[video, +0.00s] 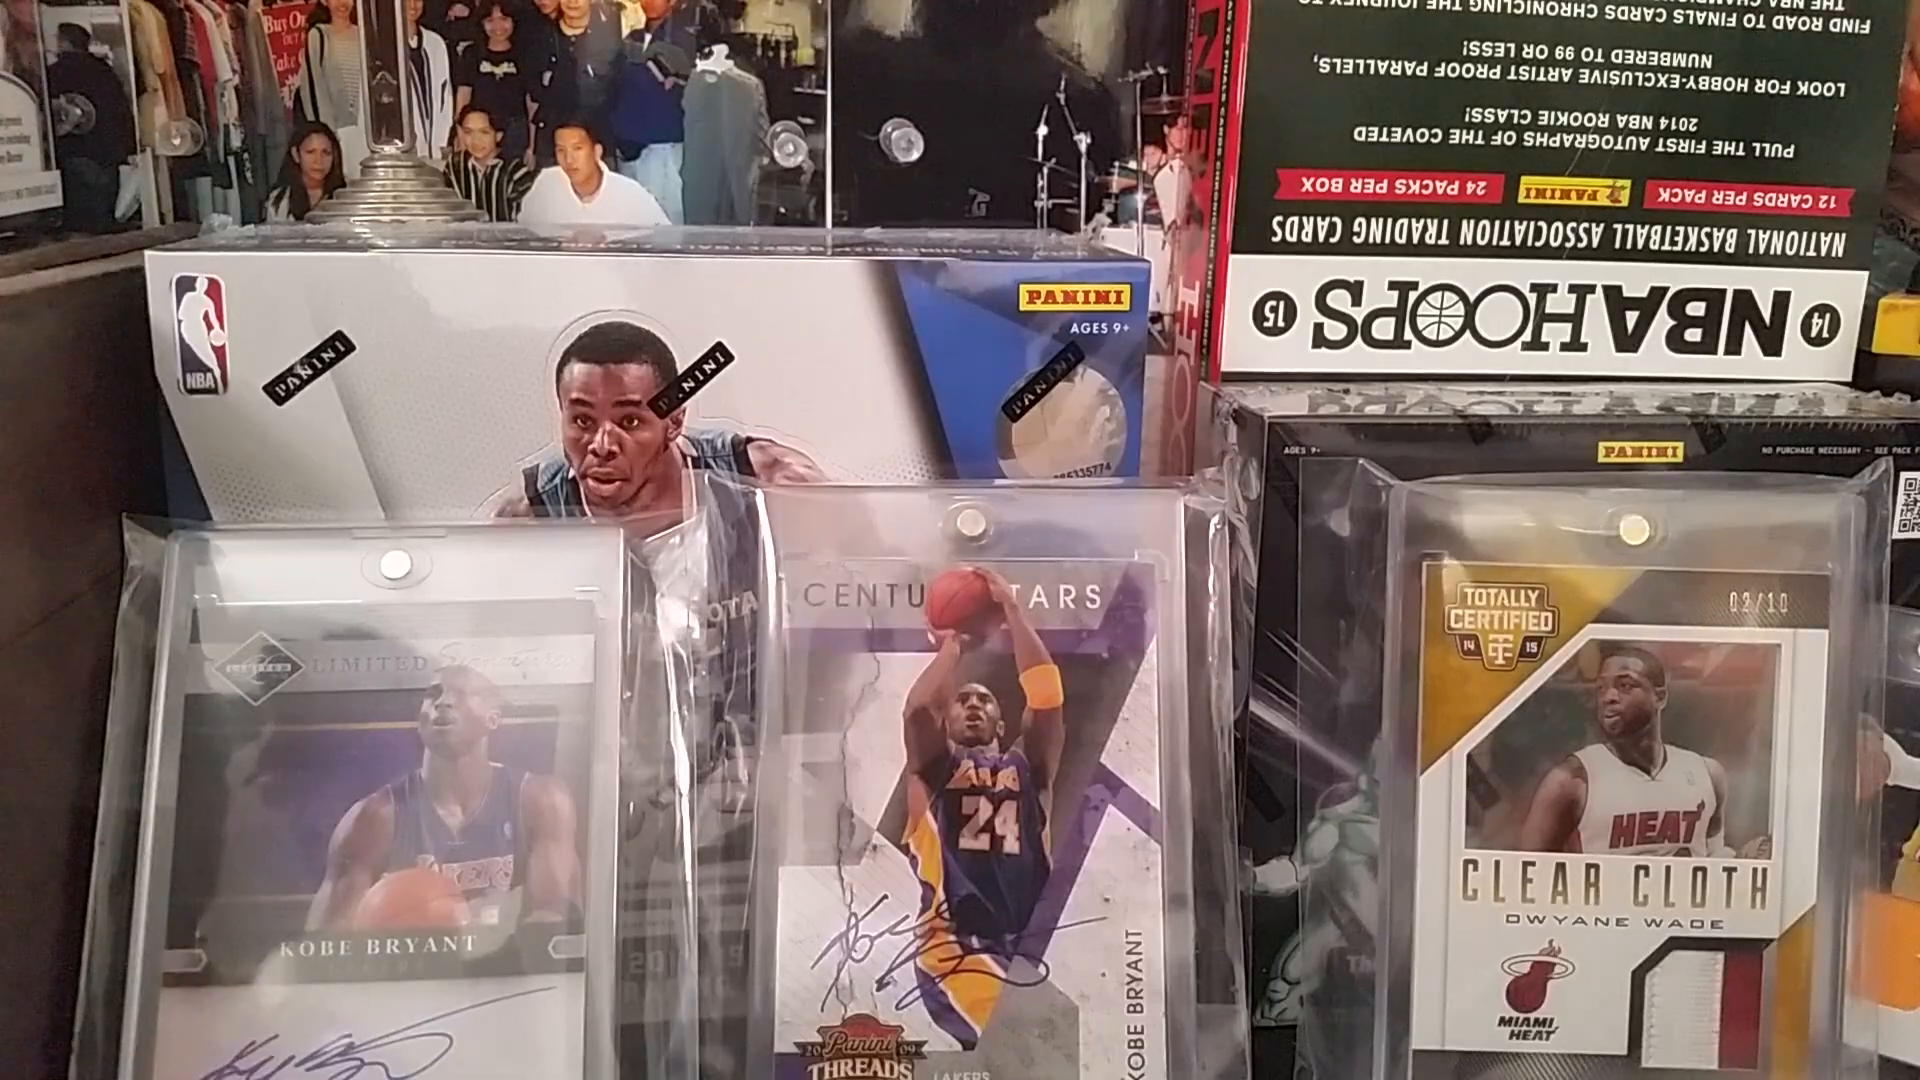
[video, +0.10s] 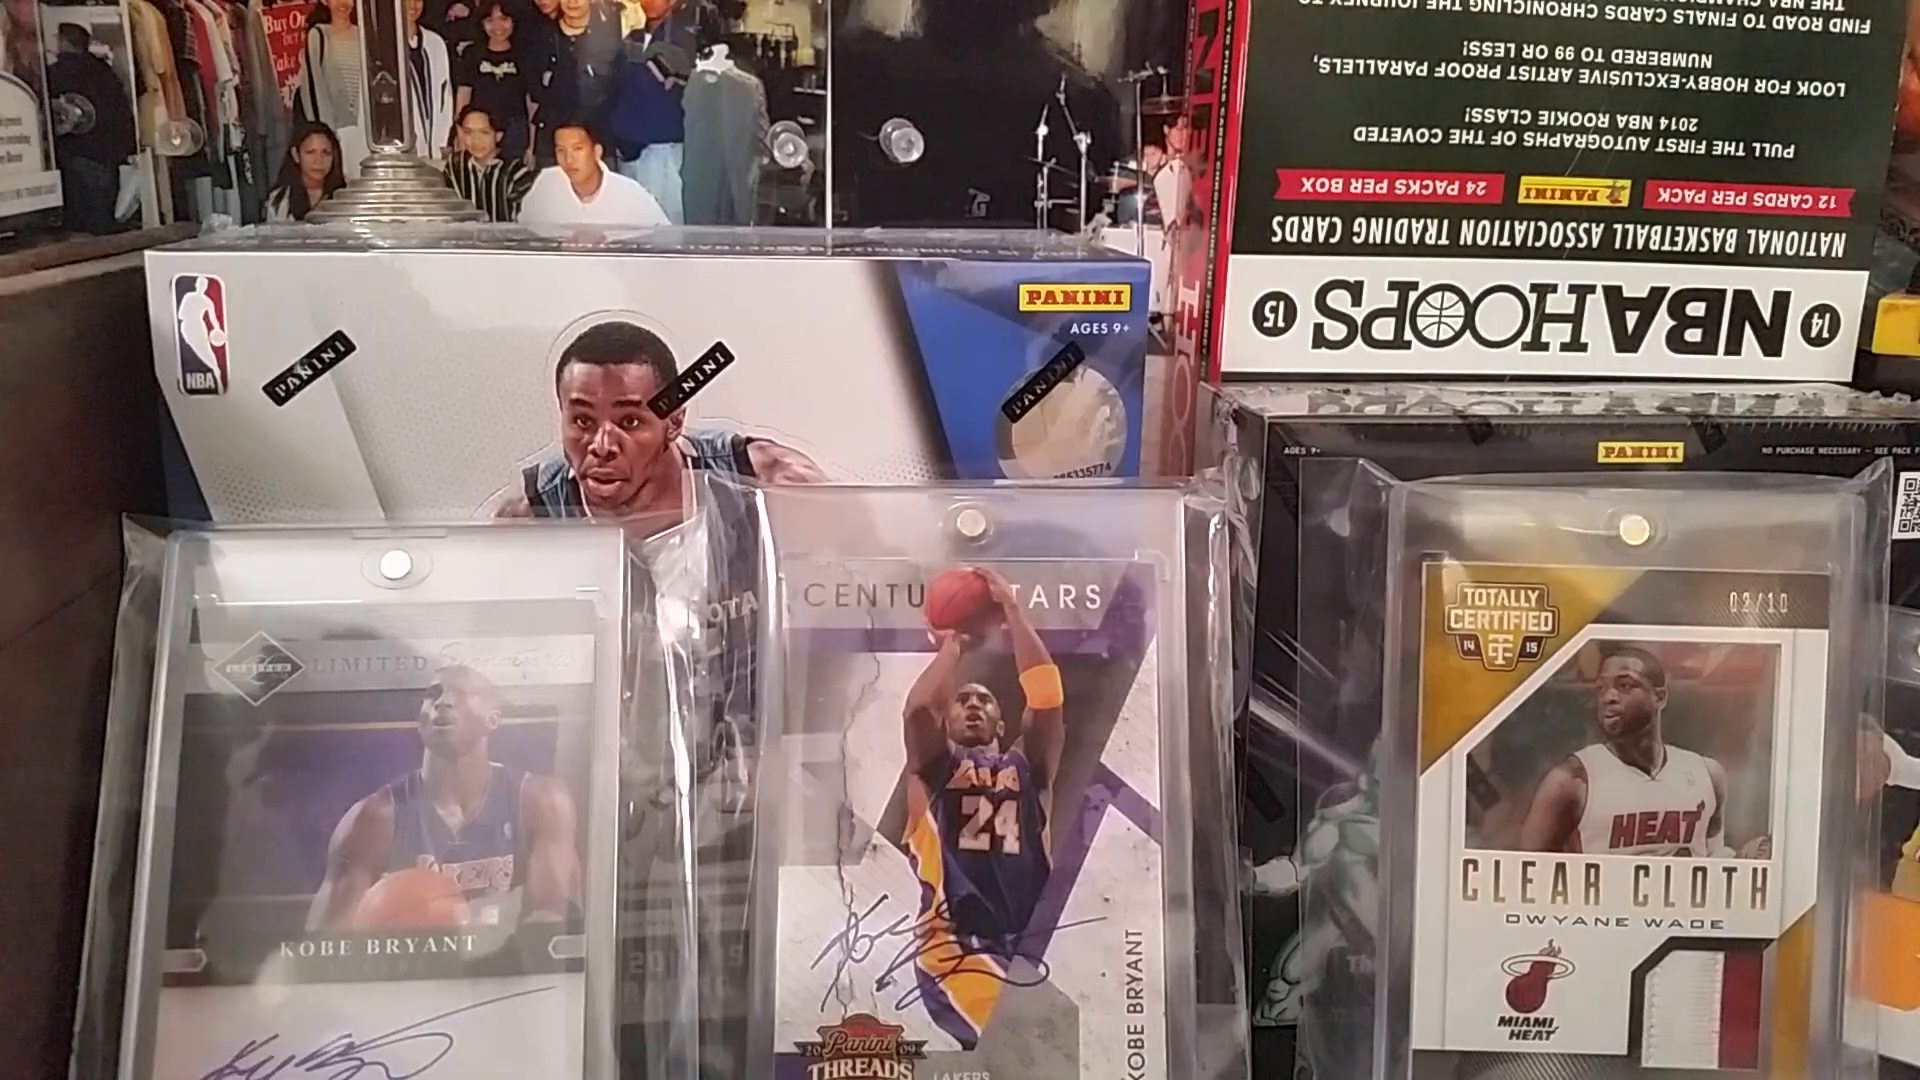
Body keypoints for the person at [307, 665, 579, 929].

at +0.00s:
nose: (443, 702)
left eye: (462, 694)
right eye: (433, 694)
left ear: (493, 716)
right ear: (419, 716)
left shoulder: (541, 800)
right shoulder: (370, 820)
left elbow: (551, 920)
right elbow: (322, 947)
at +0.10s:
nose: (442, 702)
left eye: (462, 694)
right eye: (433, 694)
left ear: (493, 716)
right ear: (419, 716)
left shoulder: (541, 800)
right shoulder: (370, 820)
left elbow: (550, 921)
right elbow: (322, 947)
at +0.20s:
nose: (442, 703)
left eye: (461, 694)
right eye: (433, 694)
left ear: (493, 716)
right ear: (419, 715)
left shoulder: (541, 799)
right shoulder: (370, 820)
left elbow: (550, 919)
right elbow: (321, 947)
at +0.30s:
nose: (442, 702)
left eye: (461, 694)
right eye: (433, 694)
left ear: (493, 716)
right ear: (419, 715)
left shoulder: (541, 799)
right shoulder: (370, 820)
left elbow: (550, 919)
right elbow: (321, 946)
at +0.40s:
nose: (442, 703)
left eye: (461, 694)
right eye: (433, 694)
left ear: (493, 716)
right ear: (419, 715)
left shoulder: (541, 800)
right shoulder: (371, 820)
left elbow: (550, 920)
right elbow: (322, 947)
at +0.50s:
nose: (443, 702)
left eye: (462, 693)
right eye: (433, 693)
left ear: (493, 716)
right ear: (419, 714)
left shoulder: (541, 800)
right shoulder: (371, 820)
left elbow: (551, 920)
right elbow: (321, 946)